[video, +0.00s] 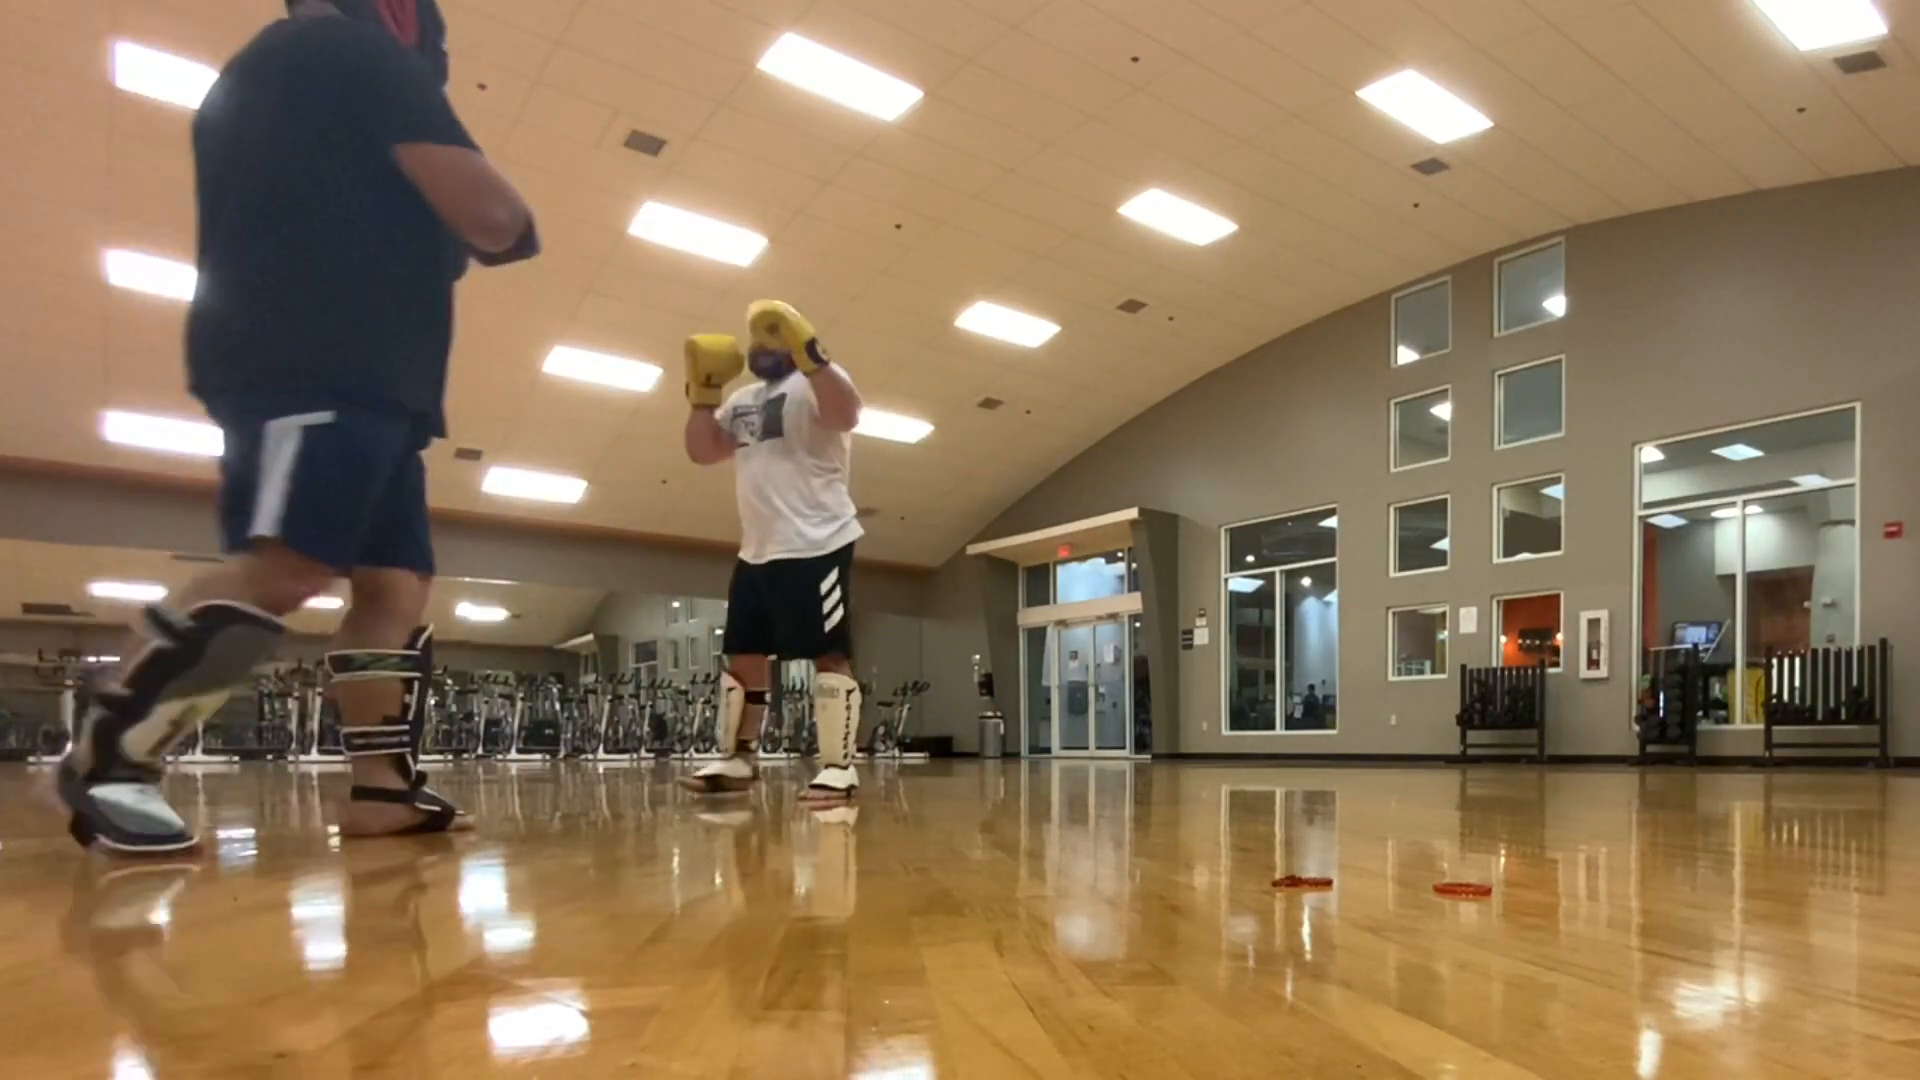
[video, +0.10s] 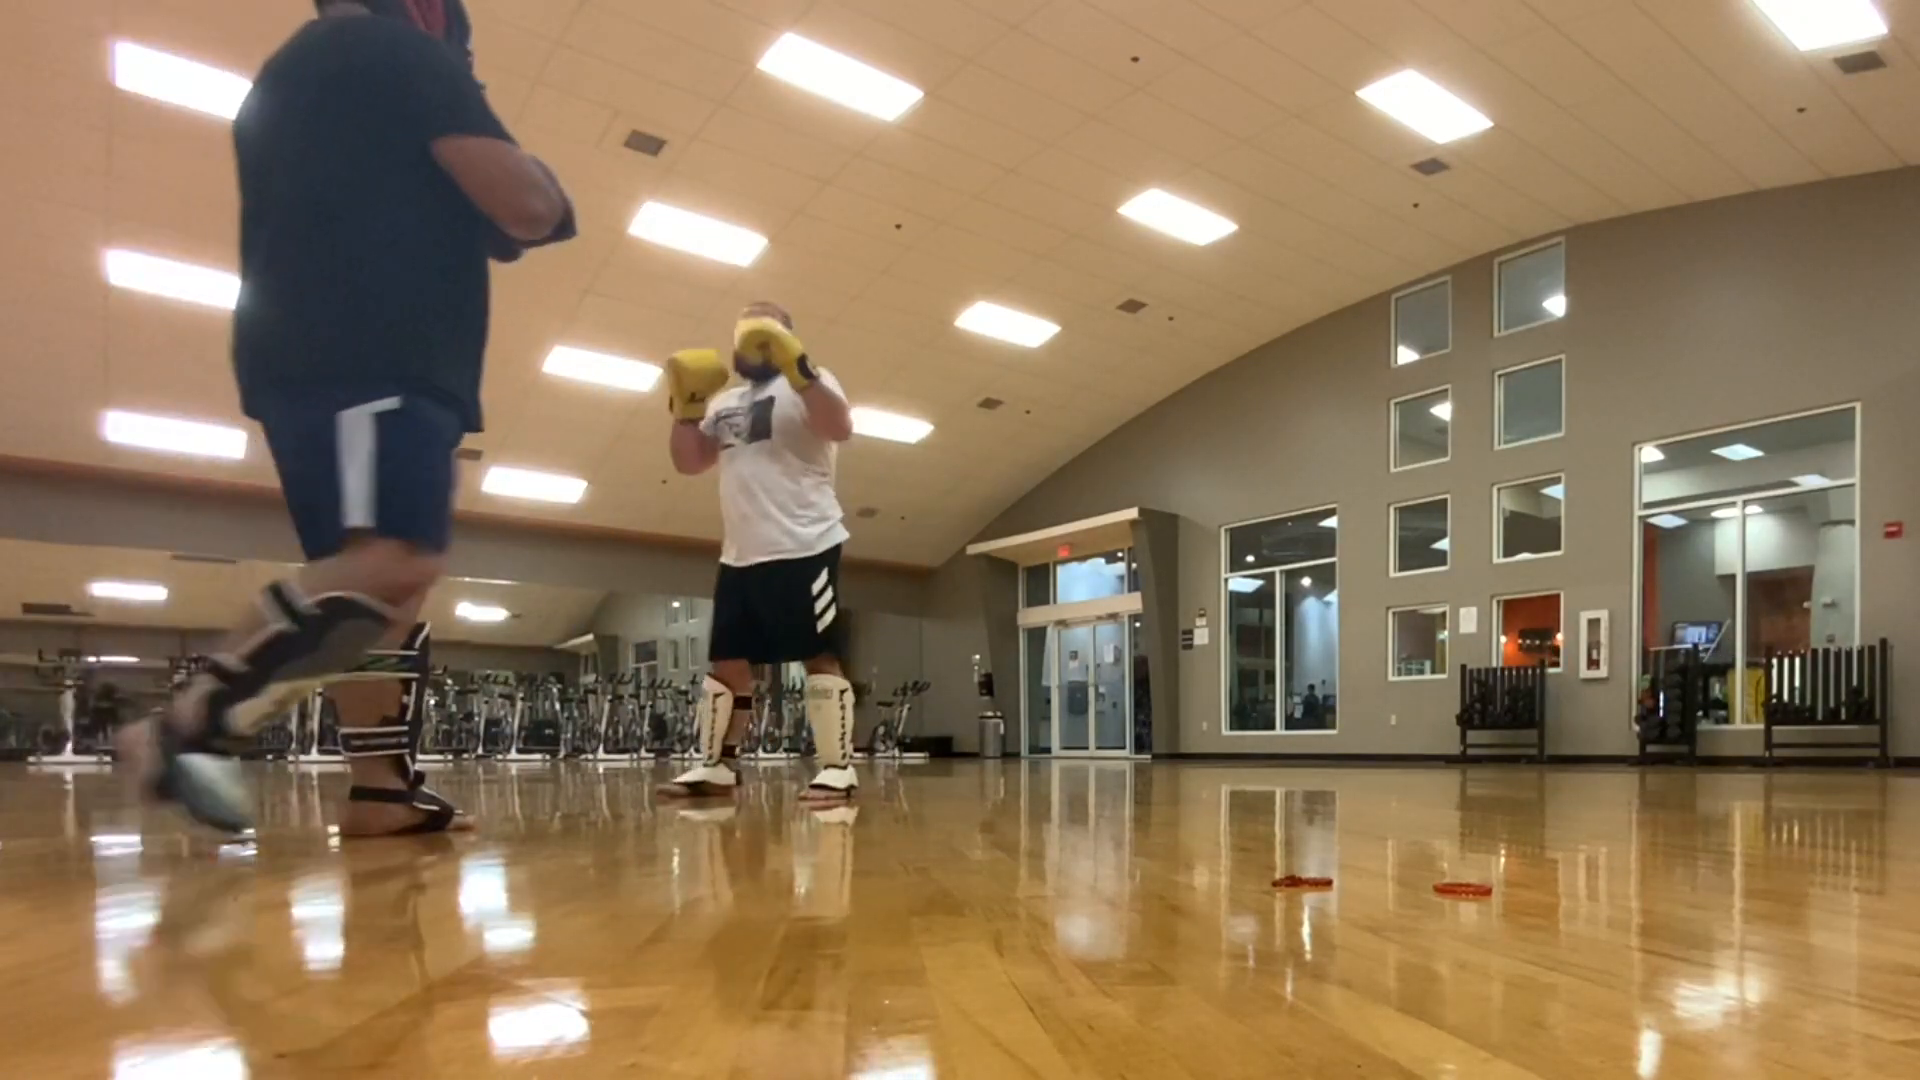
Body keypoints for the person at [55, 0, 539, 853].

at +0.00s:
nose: (428, 40)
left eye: (430, 32)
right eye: (423, 25)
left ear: (308, 0)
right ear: (387, 3)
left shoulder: (243, 75)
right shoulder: (365, 48)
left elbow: (328, 219)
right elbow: (492, 216)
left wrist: (446, 233)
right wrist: (508, 233)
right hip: (331, 362)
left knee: (394, 581)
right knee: (286, 565)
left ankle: (380, 787)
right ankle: (109, 754)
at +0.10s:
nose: (448, 26)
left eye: (448, 21)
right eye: (445, 16)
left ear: (333, 0)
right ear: (416, 2)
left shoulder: (279, 76)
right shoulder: (402, 48)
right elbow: (525, 205)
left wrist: (484, 220)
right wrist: (549, 201)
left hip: (294, 348)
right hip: (379, 343)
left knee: (364, 569)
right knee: (398, 560)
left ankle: (379, 784)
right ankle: (184, 725)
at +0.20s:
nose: (486, 32)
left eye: (485, 24)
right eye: (481, 19)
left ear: (371, 4)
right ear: (448, 4)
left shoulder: (314, 78)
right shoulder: (440, 52)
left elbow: (392, 209)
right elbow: (560, 203)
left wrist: (512, 208)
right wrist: (579, 187)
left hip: (322, 353)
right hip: (417, 346)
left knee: (374, 566)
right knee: (479, 542)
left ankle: (345, 762)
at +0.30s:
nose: (521, 34)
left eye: (520, 23)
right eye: (517, 19)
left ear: (403, 12)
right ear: (485, 9)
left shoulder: (345, 95)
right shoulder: (486, 69)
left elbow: (359, 235)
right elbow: (591, 216)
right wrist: (618, 183)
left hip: (354, 364)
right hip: (463, 360)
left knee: (385, 570)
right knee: (514, 545)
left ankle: (371, 789)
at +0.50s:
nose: (628, 62)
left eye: (628, 47)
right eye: (624, 43)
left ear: (506, 24)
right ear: (599, 30)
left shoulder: (429, 108)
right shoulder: (610, 102)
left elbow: (407, 255)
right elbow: (692, 257)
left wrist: (506, 250)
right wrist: (605, 232)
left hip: (456, 386)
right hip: (580, 382)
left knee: (459, 585)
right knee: (633, 569)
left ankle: (386, 788)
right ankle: (648, 790)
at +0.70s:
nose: (724, 56)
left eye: (724, 43)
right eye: (722, 41)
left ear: (606, 21)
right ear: (704, 31)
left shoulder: (517, 77)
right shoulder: (727, 108)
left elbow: (447, 190)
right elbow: (787, 262)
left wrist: (549, 197)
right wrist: (708, 211)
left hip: (534, 368)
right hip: (656, 369)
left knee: (564, 555)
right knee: (671, 564)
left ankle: (515, 754)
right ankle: (649, 792)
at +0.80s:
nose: (753, 58)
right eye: (748, 45)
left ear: (632, 24)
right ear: (728, 42)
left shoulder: (555, 73)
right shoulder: (767, 118)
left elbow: (493, 193)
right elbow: (818, 271)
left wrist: (593, 186)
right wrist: (739, 215)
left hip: (565, 373)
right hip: (689, 376)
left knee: (602, 573)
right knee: (667, 573)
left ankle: (626, 778)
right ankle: (650, 795)